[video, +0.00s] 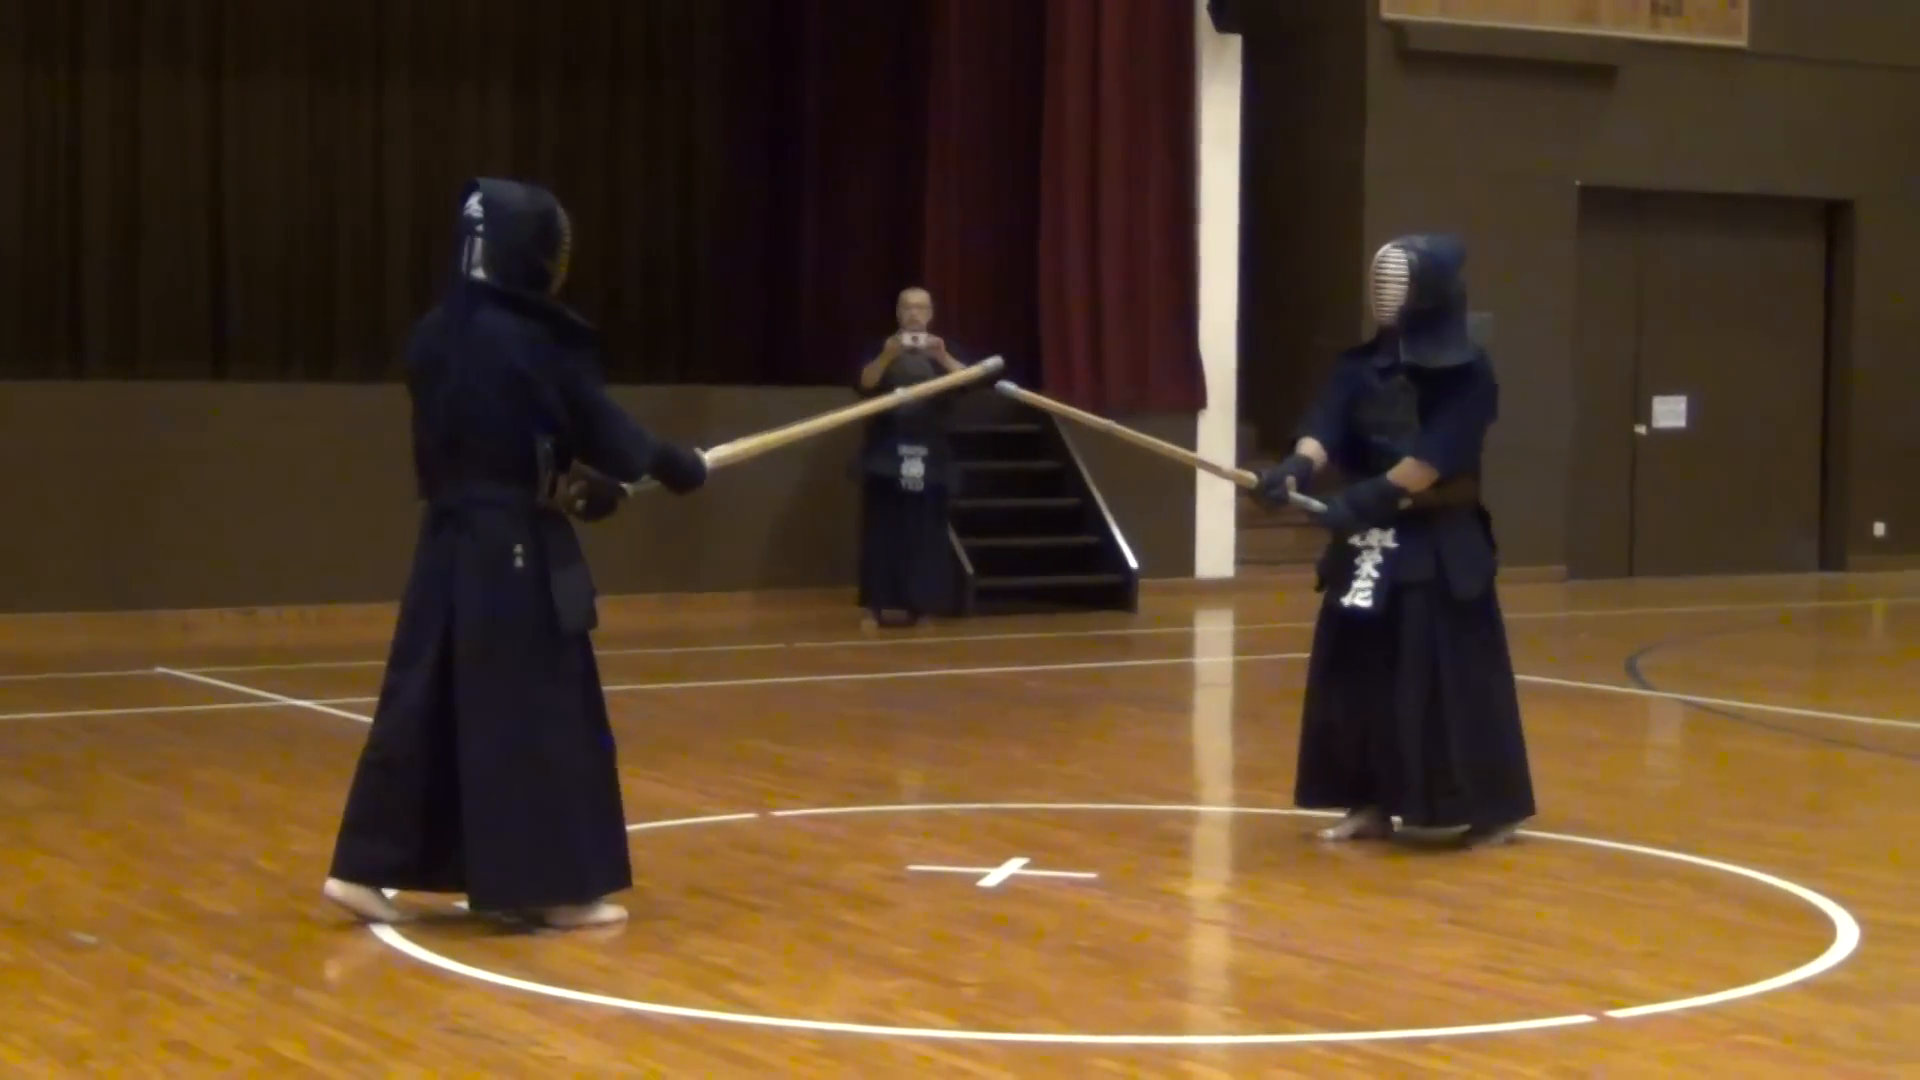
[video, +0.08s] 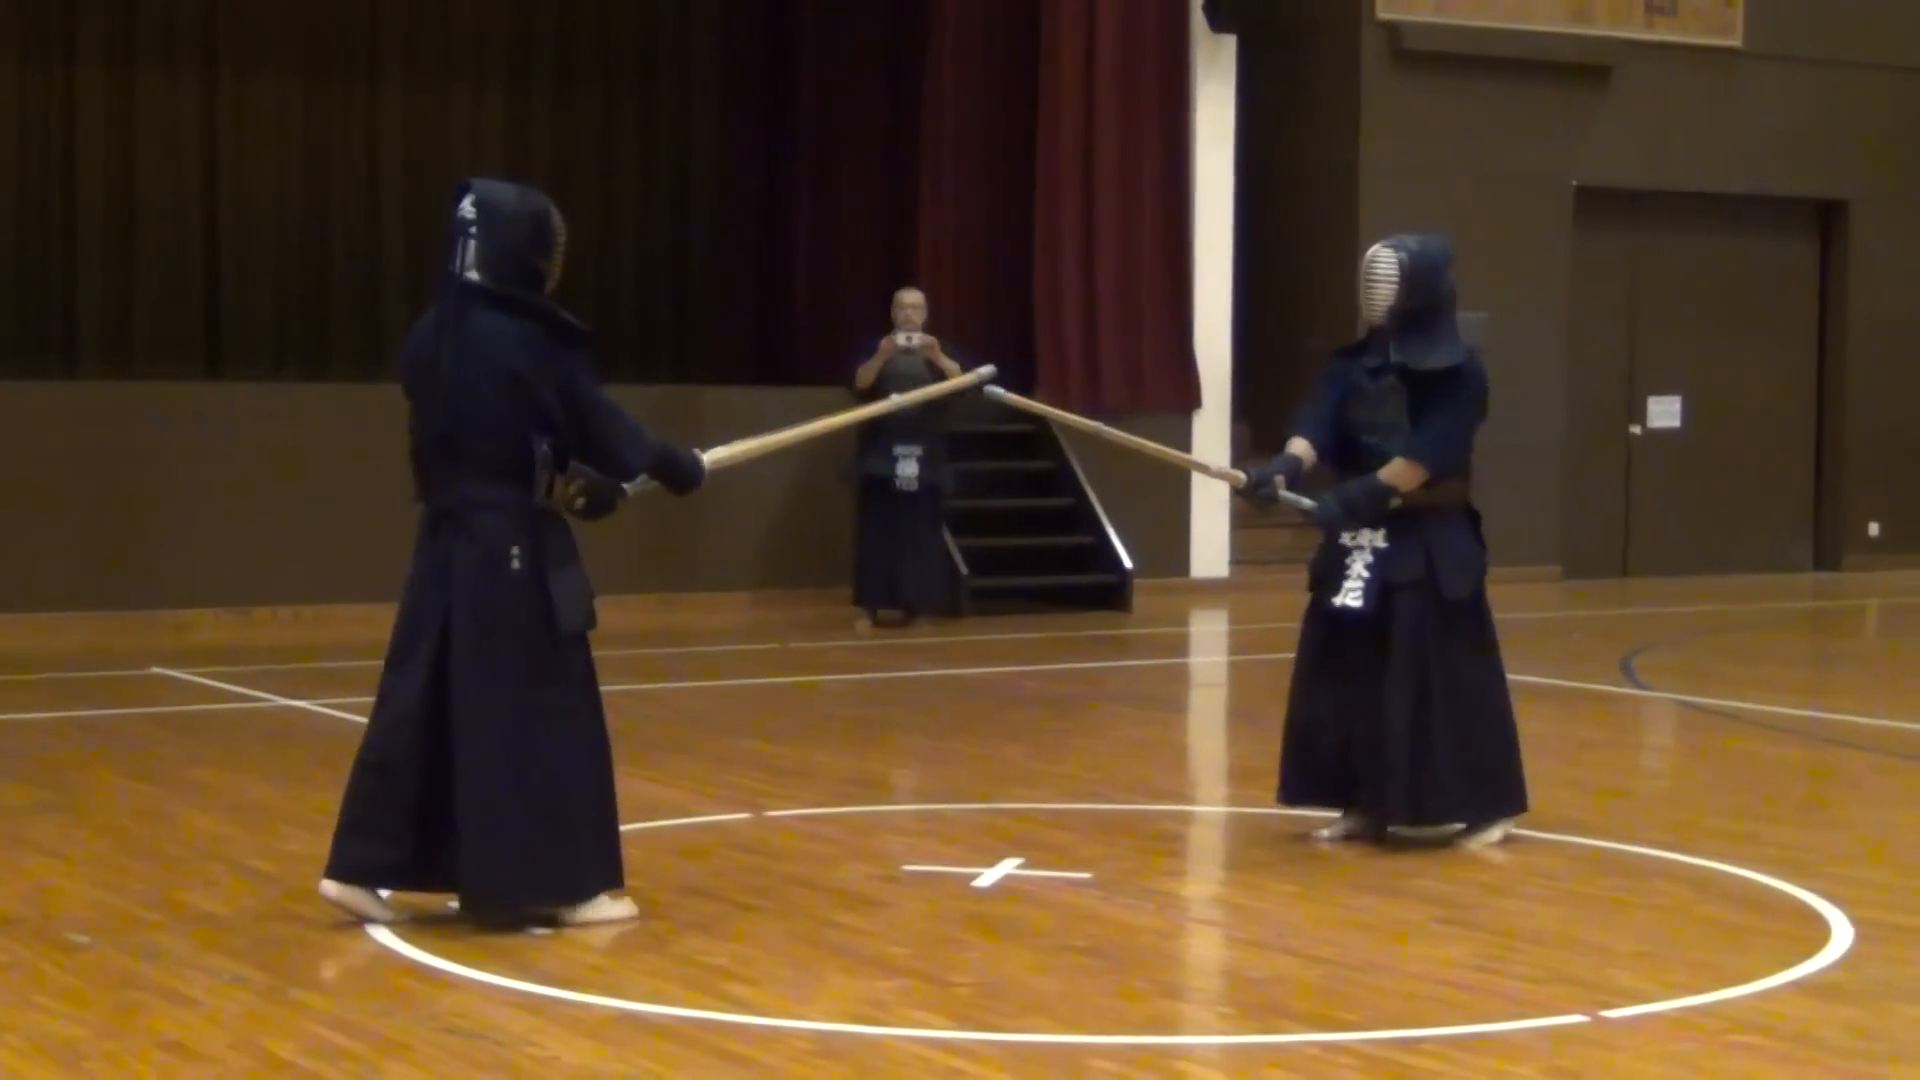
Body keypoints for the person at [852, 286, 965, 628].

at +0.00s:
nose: (914, 314)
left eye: (921, 308)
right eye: (908, 308)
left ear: (931, 313)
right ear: (898, 312)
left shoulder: (941, 352)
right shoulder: (882, 350)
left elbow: (972, 381)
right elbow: (864, 385)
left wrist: (941, 355)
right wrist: (889, 354)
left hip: (928, 448)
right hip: (886, 446)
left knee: (924, 524)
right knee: (883, 523)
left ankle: (921, 605)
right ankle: (877, 603)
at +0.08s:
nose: (909, 314)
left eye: (916, 308)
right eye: (903, 308)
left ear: (926, 313)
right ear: (893, 312)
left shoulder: (937, 350)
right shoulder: (879, 349)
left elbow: (965, 382)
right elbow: (859, 384)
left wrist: (935, 355)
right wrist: (884, 354)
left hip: (924, 446)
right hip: (882, 445)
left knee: (921, 522)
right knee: (879, 522)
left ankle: (918, 601)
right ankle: (875, 602)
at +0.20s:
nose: (902, 314)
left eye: (908, 308)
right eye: (896, 308)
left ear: (918, 313)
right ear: (885, 312)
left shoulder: (927, 351)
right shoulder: (869, 349)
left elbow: (956, 381)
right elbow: (853, 383)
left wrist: (927, 356)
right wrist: (875, 354)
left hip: (915, 447)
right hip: (873, 446)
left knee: (911, 524)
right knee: (869, 524)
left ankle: (909, 607)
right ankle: (860, 607)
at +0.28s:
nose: (897, 315)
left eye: (904, 308)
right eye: (891, 308)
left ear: (914, 314)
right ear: (880, 312)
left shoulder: (926, 352)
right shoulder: (865, 350)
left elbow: (951, 382)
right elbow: (848, 385)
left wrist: (922, 356)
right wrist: (872, 354)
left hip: (912, 448)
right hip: (870, 447)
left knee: (909, 523)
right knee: (866, 523)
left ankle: (906, 604)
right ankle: (861, 603)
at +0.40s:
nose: (894, 314)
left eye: (901, 308)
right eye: (889, 307)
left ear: (911, 313)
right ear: (878, 312)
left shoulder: (922, 352)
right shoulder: (862, 349)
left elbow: (949, 380)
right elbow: (844, 384)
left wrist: (920, 354)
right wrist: (868, 354)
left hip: (908, 448)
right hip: (866, 446)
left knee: (904, 525)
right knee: (861, 524)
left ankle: (901, 607)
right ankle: (853, 606)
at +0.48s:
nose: (893, 313)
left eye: (899, 308)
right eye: (887, 307)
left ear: (910, 313)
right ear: (877, 311)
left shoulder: (921, 350)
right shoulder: (862, 348)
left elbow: (947, 379)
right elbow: (843, 383)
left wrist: (919, 354)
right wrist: (868, 353)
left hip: (907, 447)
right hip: (865, 446)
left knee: (904, 525)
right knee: (860, 524)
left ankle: (901, 607)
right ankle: (852, 605)